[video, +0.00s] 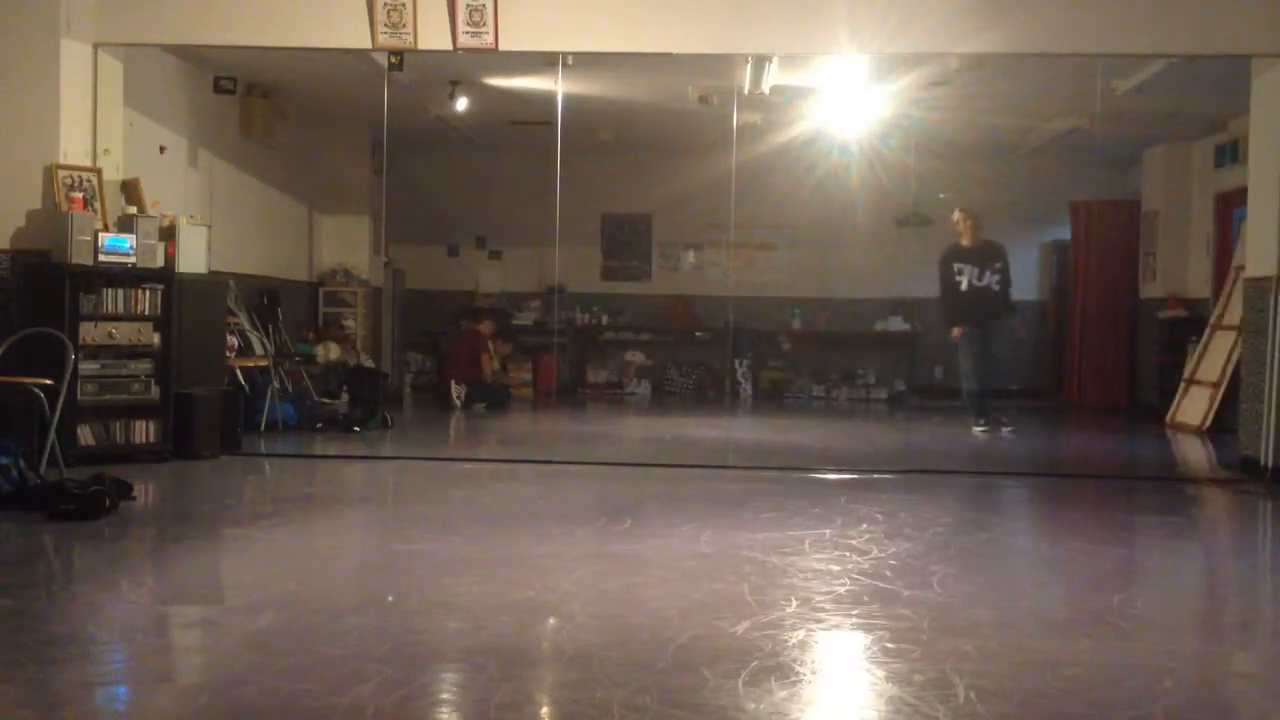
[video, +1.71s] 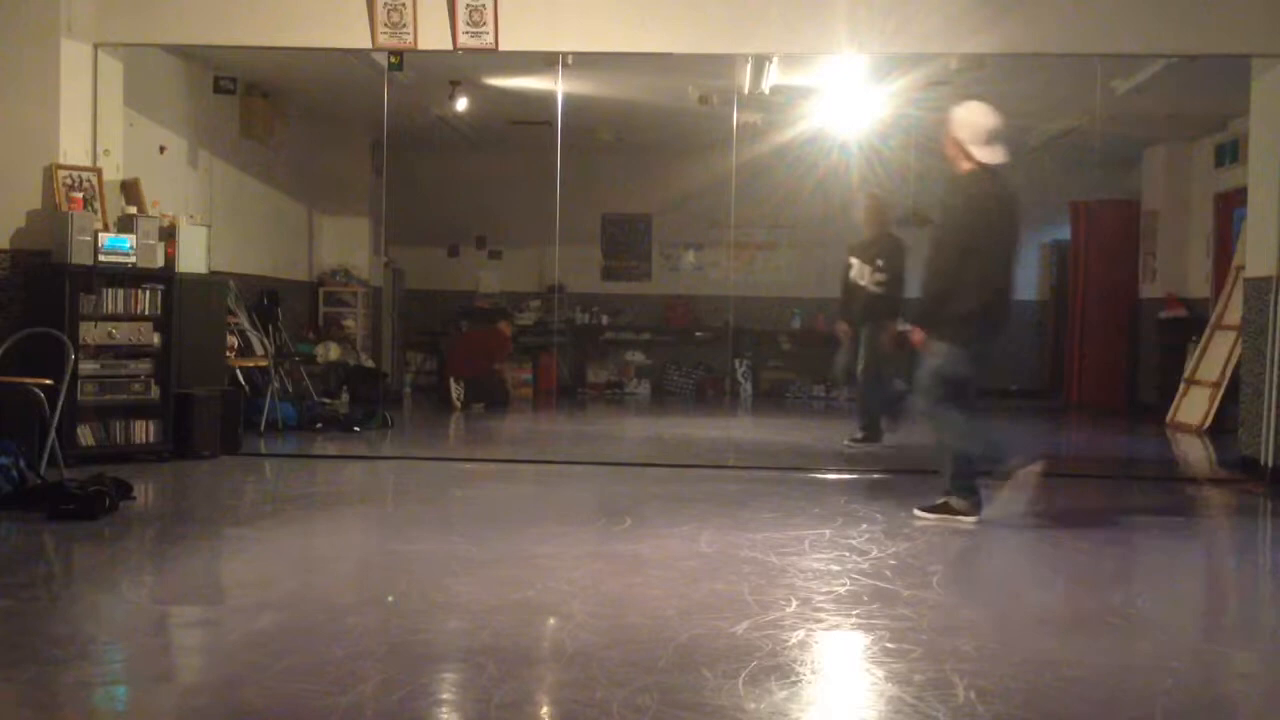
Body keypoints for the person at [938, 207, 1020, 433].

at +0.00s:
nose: (969, 224)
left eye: (971, 219)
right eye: (964, 221)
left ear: (977, 223)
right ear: (956, 226)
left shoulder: (995, 250)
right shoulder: (950, 255)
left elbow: (1004, 287)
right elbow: (947, 292)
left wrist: (1012, 316)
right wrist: (953, 322)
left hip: (994, 316)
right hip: (966, 318)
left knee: (996, 365)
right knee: (971, 368)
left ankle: (997, 413)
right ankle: (979, 417)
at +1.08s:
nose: (935, 219)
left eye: (939, 213)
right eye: (931, 214)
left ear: (951, 215)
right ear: (927, 218)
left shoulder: (969, 244)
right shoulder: (922, 252)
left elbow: (983, 282)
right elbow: (917, 293)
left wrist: (984, 316)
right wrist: (917, 328)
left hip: (964, 316)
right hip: (934, 318)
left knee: (961, 369)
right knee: (934, 374)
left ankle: (985, 410)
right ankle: (946, 427)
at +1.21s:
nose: (923, 214)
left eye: (928, 208)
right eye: (919, 209)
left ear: (941, 210)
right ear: (916, 213)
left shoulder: (960, 243)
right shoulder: (913, 247)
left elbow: (971, 281)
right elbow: (904, 286)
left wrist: (974, 314)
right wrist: (902, 321)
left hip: (950, 314)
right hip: (921, 315)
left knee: (941, 367)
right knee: (930, 369)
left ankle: (949, 424)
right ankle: (942, 425)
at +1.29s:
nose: (917, 217)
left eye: (922, 210)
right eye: (913, 211)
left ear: (935, 213)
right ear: (909, 216)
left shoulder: (950, 244)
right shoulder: (906, 250)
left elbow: (961, 282)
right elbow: (896, 287)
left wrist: (964, 315)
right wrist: (894, 320)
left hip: (943, 316)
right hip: (918, 318)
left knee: (931, 369)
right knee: (924, 370)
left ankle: (945, 424)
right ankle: (938, 421)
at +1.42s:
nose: (905, 222)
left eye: (910, 217)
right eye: (901, 217)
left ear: (922, 219)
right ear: (897, 220)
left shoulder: (935, 247)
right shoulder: (892, 253)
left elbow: (944, 287)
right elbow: (881, 291)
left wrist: (945, 322)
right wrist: (881, 324)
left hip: (926, 318)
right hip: (903, 319)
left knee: (906, 367)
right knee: (920, 374)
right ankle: (946, 423)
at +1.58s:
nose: (884, 220)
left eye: (889, 214)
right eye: (881, 214)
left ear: (900, 216)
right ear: (876, 217)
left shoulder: (912, 249)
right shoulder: (871, 254)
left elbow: (917, 290)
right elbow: (866, 294)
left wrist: (918, 324)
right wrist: (865, 326)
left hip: (902, 320)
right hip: (878, 320)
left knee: (875, 367)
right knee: (903, 371)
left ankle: (873, 426)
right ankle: (929, 404)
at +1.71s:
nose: (870, 219)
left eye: (875, 213)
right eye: (867, 213)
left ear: (885, 216)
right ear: (862, 216)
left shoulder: (892, 245)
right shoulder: (856, 248)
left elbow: (895, 285)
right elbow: (847, 286)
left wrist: (892, 320)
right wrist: (843, 317)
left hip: (879, 317)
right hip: (857, 316)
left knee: (867, 371)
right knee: (848, 369)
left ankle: (870, 427)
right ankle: (890, 400)